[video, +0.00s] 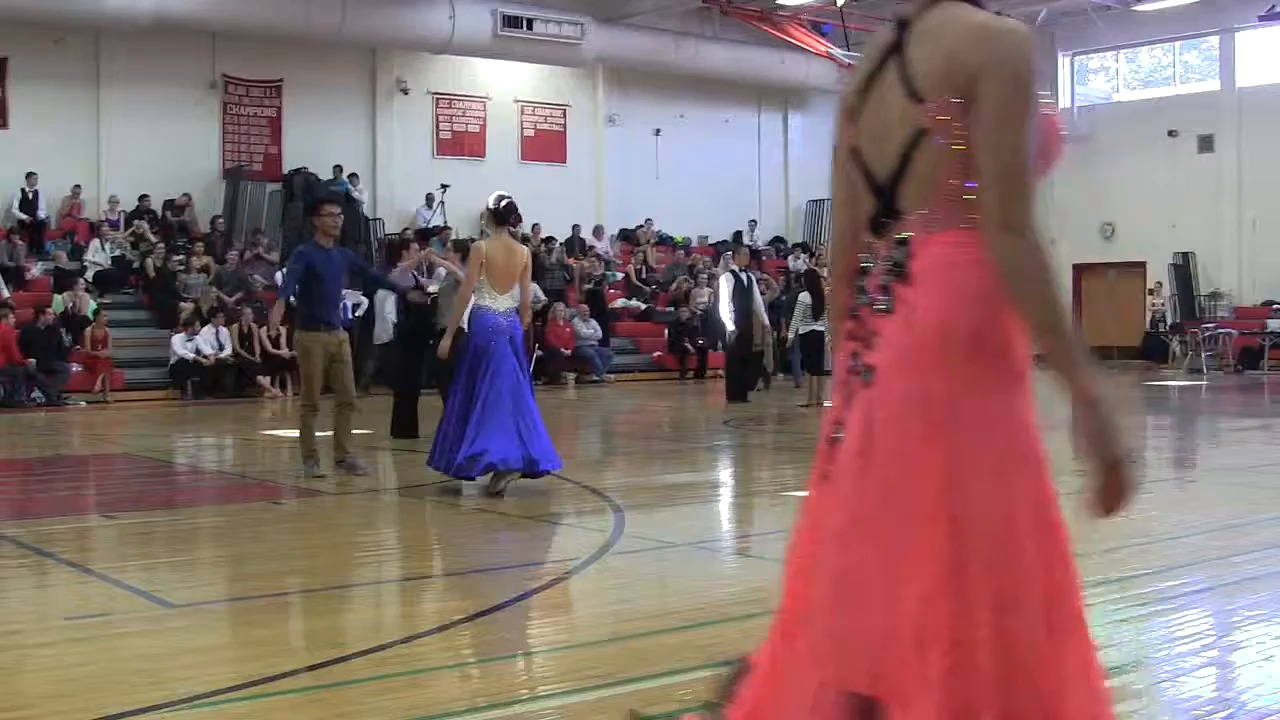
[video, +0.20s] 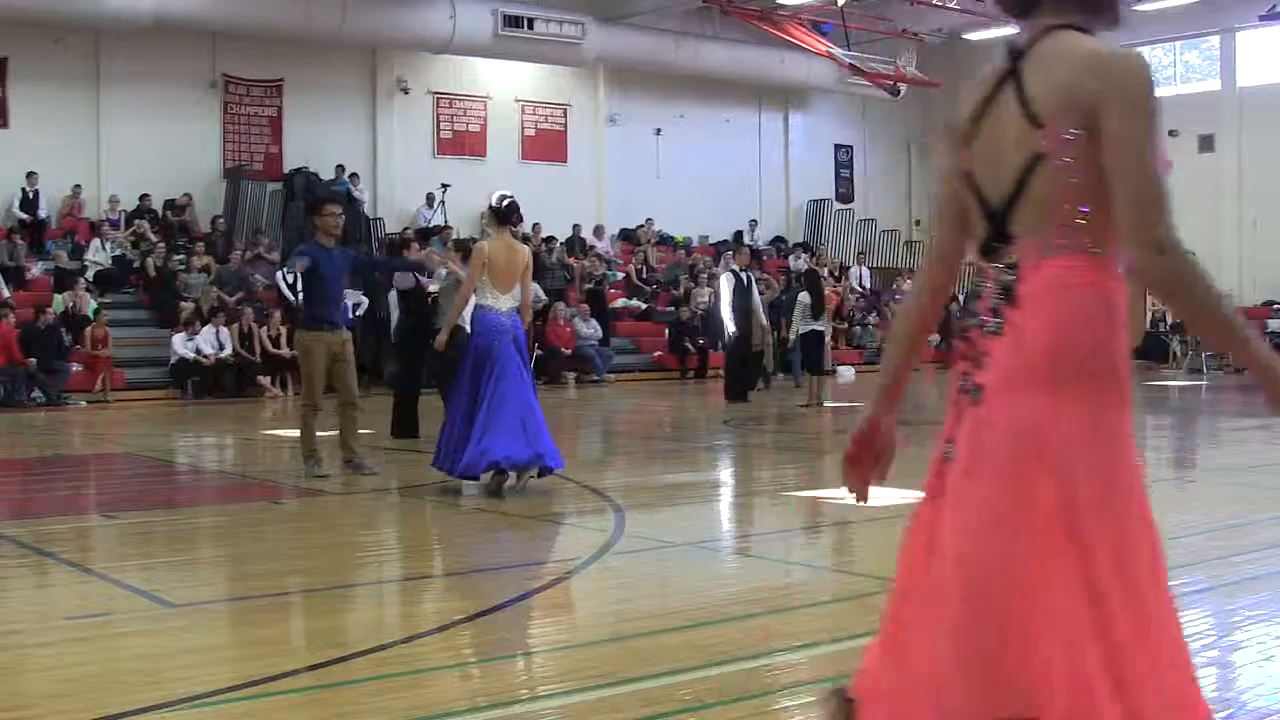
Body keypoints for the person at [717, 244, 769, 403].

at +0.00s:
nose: (747, 258)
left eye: (748, 255)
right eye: (744, 255)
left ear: (749, 257)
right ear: (735, 256)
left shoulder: (751, 277)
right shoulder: (726, 278)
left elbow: (758, 302)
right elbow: (724, 304)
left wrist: (765, 322)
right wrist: (730, 326)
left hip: (748, 322)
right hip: (735, 322)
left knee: (747, 356)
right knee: (734, 358)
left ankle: (743, 391)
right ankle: (733, 394)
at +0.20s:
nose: (748, 257)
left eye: (748, 254)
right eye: (744, 254)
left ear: (748, 257)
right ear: (735, 256)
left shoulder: (750, 277)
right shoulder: (727, 277)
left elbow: (756, 301)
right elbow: (725, 305)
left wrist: (763, 320)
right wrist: (730, 327)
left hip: (749, 322)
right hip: (735, 322)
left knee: (747, 356)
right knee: (734, 357)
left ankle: (743, 391)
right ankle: (732, 393)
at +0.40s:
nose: (748, 258)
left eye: (748, 255)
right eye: (745, 255)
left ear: (746, 258)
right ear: (736, 257)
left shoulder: (748, 277)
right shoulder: (726, 277)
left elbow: (752, 300)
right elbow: (725, 304)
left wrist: (754, 320)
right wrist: (732, 327)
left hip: (746, 319)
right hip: (733, 319)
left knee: (743, 356)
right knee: (732, 357)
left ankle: (741, 391)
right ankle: (731, 392)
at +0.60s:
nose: (746, 259)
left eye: (747, 256)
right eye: (743, 255)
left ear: (746, 258)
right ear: (734, 256)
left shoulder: (747, 277)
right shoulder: (725, 276)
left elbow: (750, 302)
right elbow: (723, 304)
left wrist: (752, 322)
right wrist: (729, 327)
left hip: (745, 320)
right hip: (732, 320)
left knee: (742, 357)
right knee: (732, 359)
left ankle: (741, 391)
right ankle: (731, 393)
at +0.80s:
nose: (746, 259)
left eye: (747, 256)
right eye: (743, 255)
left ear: (746, 258)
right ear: (734, 256)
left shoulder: (747, 277)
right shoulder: (725, 276)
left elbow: (750, 304)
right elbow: (720, 303)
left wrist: (751, 325)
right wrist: (720, 327)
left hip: (742, 323)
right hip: (730, 323)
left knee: (742, 358)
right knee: (731, 360)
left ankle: (741, 392)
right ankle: (732, 393)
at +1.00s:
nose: (747, 259)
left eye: (748, 256)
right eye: (744, 256)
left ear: (747, 258)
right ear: (735, 257)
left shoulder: (747, 277)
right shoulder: (726, 276)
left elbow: (749, 301)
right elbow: (714, 298)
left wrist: (751, 321)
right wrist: (707, 319)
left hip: (742, 320)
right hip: (728, 319)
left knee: (742, 355)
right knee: (732, 355)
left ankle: (741, 392)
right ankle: (734, 393)